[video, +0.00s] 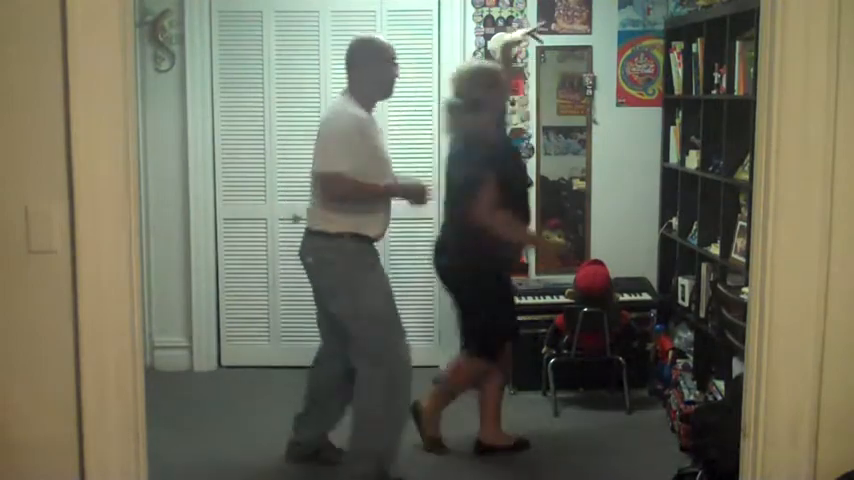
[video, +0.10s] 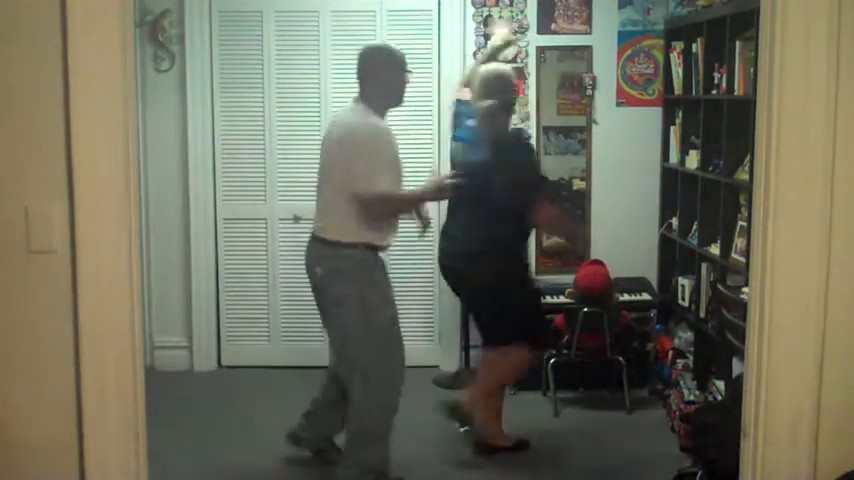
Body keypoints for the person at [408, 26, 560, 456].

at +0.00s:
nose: (507, 100)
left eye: (504, 94)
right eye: (502, 95)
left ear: (468, 97)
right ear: (491, 100)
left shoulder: (474, 135)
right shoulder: (486, 143)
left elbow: (498, 87)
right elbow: (483, 211)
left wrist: (504, 50)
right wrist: (534, 238)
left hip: (473, 251)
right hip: (471, 254)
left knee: (499, 342)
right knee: (486, 348)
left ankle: (490, 433)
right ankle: (430, 407)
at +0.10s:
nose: (515, 103)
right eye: (514, 96)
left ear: (475, 98)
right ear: (512, 100)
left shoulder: (463, 138)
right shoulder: (513, 148)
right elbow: (538, 208)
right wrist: (573, 232)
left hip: (457, 252)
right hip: (493, 256)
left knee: (499, 338)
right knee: (529, 339)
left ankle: (490, 429)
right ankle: (471, 400)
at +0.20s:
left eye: (485, 90)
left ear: (488, 99)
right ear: (527, 99)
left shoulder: (468, 132)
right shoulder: (541, 147)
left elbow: (443, 85)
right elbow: (561, 211)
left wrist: (476, 47)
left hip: (469, 255)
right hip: (520, 254)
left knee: (494, 339)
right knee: (540, 326)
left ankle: (499, 432)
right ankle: (534, 407)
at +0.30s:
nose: (488, 91)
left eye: (492, 87)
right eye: (494, 87)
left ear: (497, 93)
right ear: (535, 95)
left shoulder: (473, 129)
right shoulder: (554, 146)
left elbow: (433, 85)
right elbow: (581, 197)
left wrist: (462, 45)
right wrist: (544, 218)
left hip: (482, 253)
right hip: (534, 252)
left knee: (497, 343)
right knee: (537, 327)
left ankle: (519, 430)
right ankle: (559, 410)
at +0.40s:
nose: (486, 91)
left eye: (492, 87)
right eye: (490, 86)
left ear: (506, 96)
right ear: (529, 100)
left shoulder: (480, 122)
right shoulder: (553, 141)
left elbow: (437, 79)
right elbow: (582, 191)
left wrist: (457, 40)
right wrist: (547, 212)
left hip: (492, 251)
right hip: (541, 250)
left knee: (500, 343)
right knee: (535, 332)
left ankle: (533, 432)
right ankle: (557, 418)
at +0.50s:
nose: (486, 90)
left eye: (493, 86)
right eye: (490, 84)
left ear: (508, 94)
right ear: (530, 98)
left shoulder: (486, 119)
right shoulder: (544, 132)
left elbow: (454, 80)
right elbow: (560, 189)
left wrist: (457, 26)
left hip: (500, 247)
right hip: (546, 245)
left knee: (482, 336)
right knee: (533, 330)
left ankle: (527, 412)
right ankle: (558, 416)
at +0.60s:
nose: (489, 93)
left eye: (494, 86)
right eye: (492, 86)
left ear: (505, 90)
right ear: (527, 91)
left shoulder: (501, 120)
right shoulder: (536, 126)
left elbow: (480, 71)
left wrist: (469, 24)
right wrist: (477, 191)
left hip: (512, 245)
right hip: (543, 243)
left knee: (461, 321)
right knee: (532, 326)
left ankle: (501, 400)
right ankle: (555, 416)